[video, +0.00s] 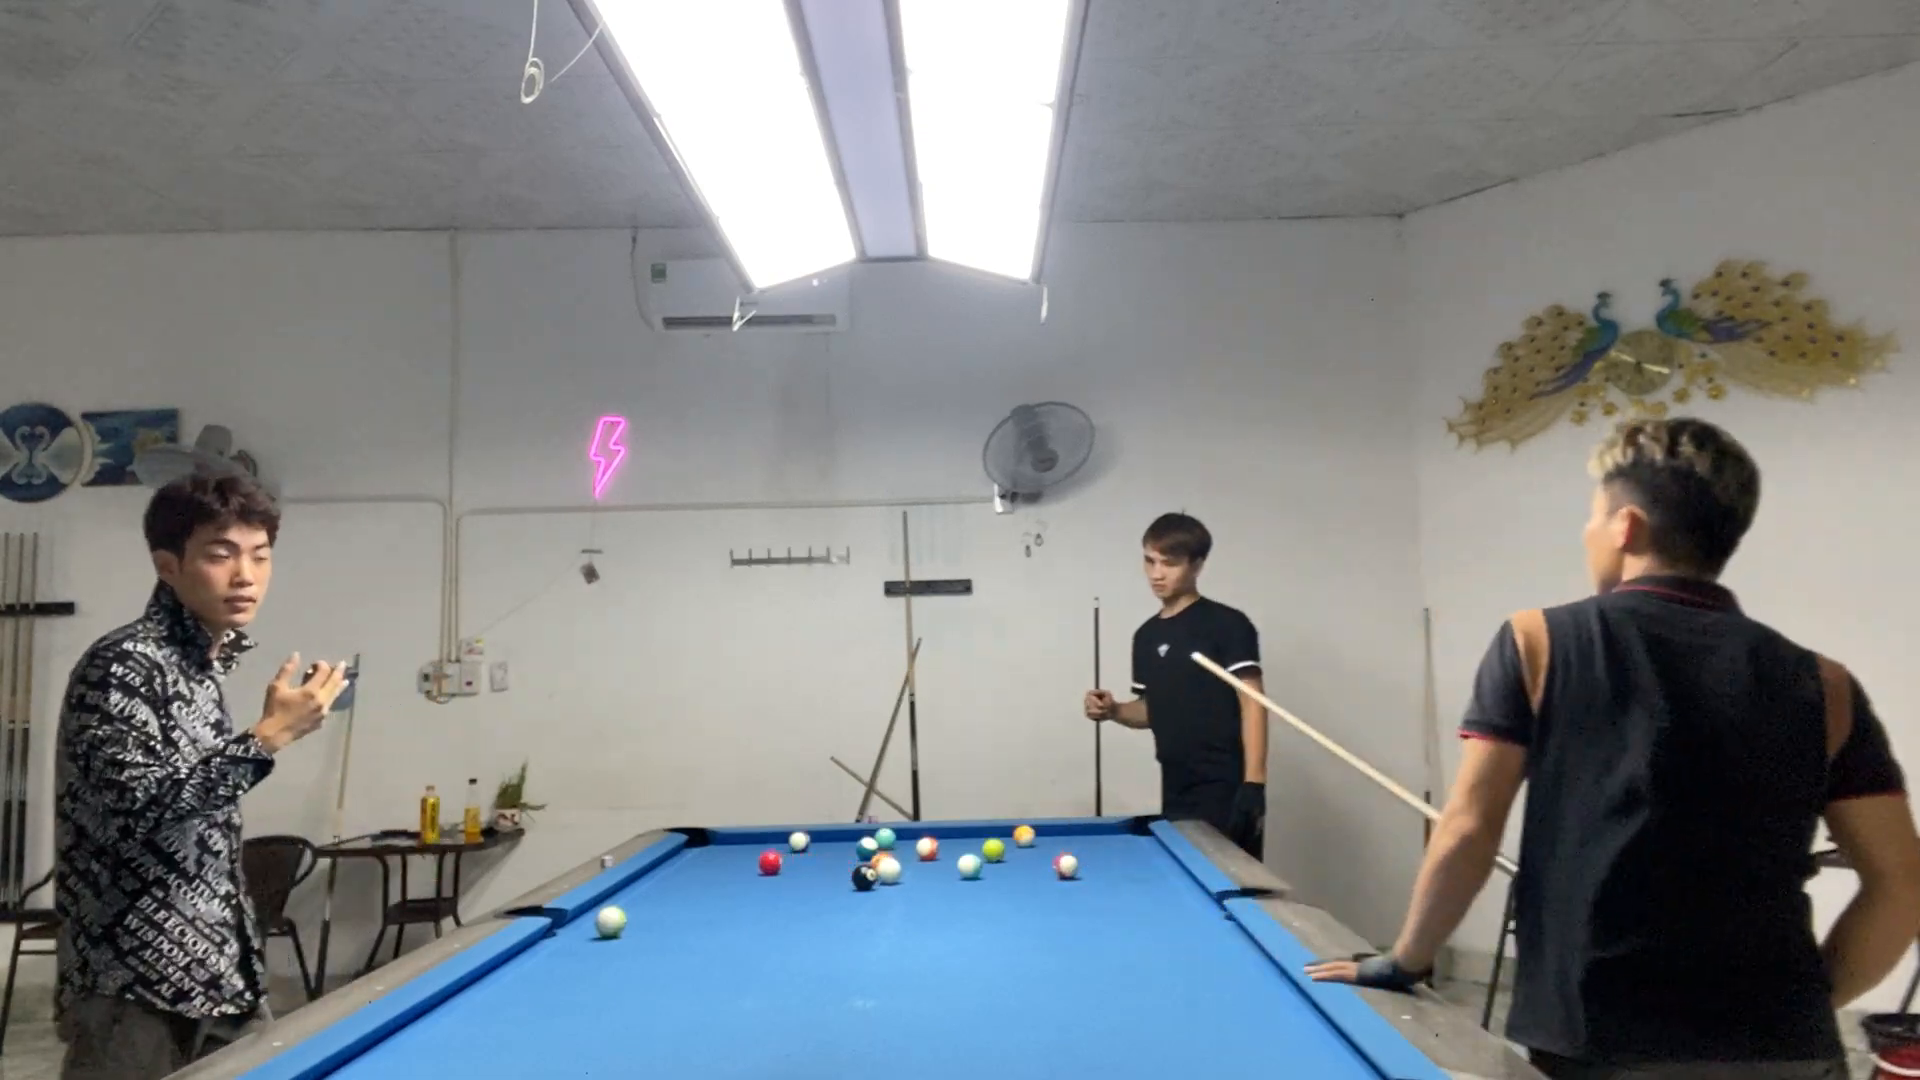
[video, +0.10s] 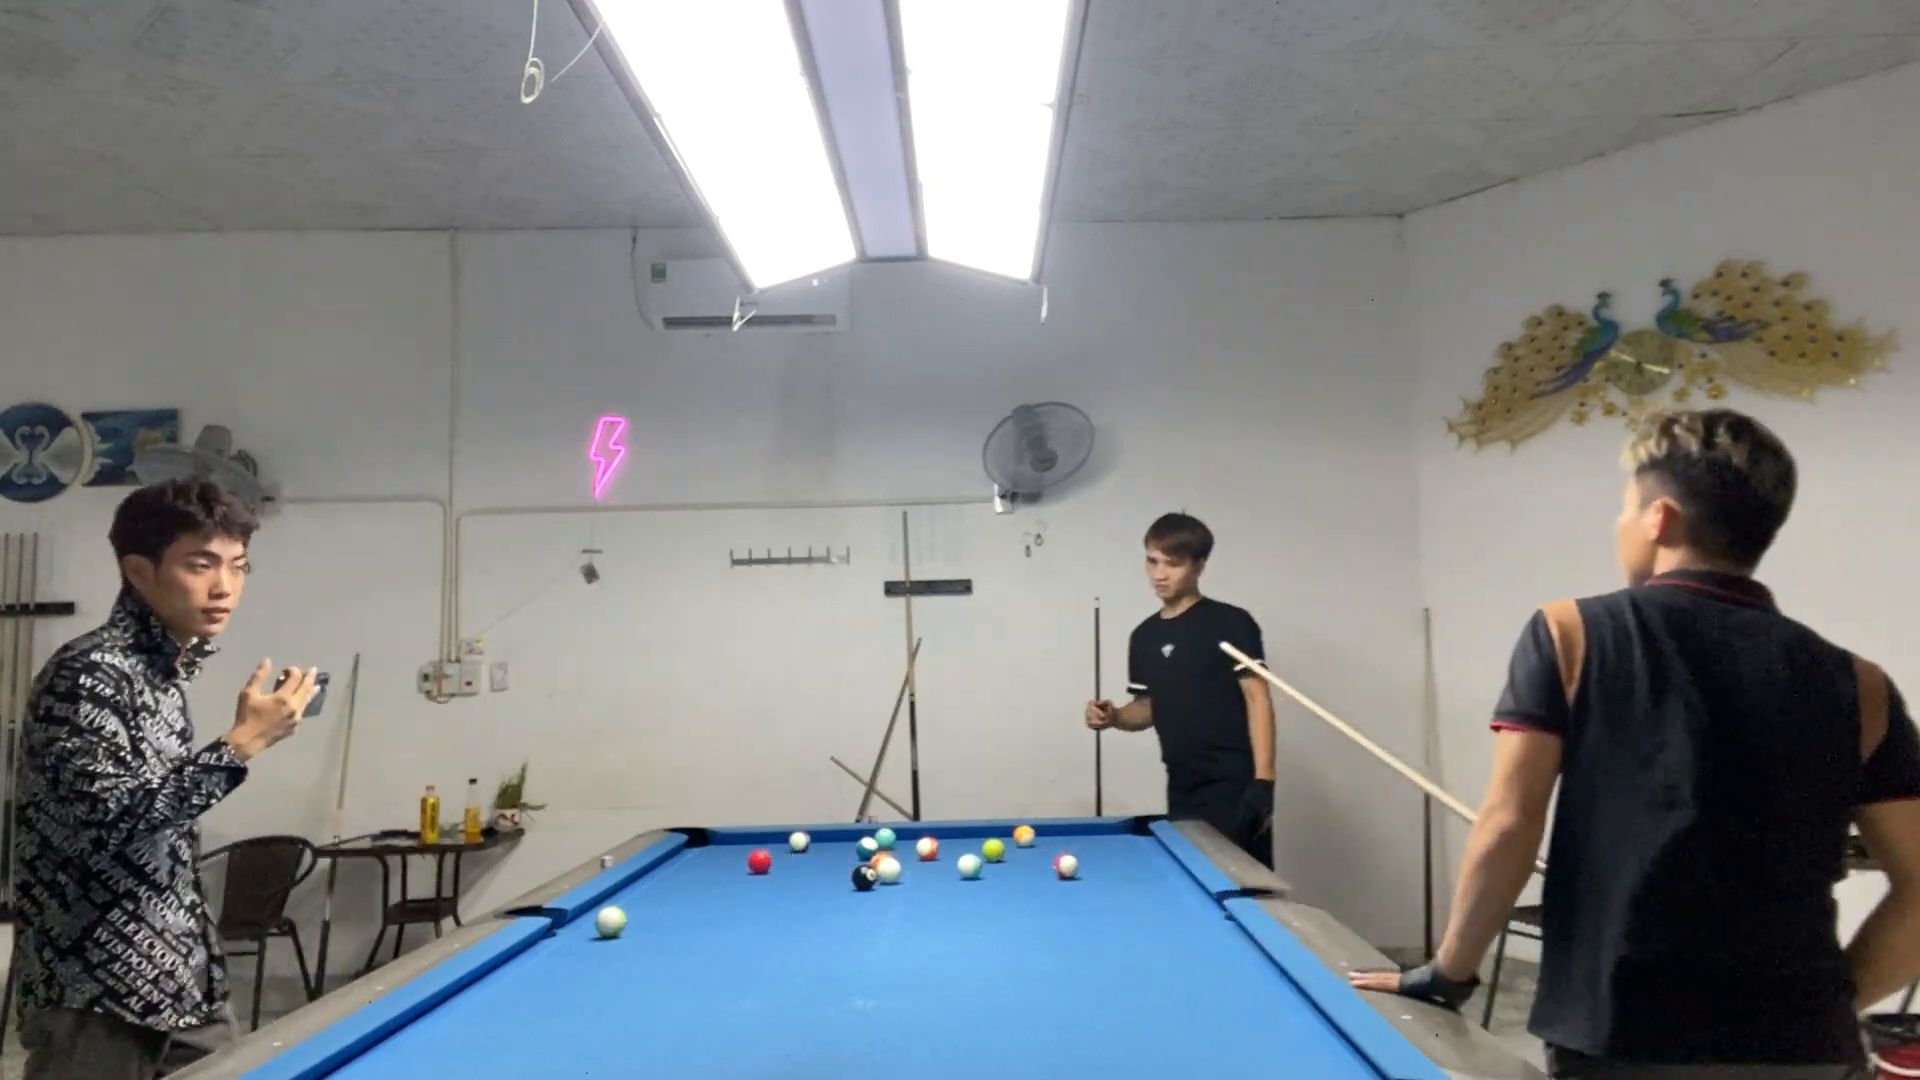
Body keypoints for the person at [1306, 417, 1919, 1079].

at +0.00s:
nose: (1586, 535)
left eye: (1593, 514)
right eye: (1591, 513)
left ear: (1628, 528)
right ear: (1721, 540)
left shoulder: (1539, 644)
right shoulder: (1821, 686)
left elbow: (1469, 830)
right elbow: (1897, 892)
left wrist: (1405, 960)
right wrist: (1797, 1001)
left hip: (1594, 1042)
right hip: (1775, 1047)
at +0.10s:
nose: (1620, 527)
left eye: (1626, 506)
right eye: (1624, 505)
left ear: (1661, 520)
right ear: (1756, 535)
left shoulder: (1571, 635)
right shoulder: (1856, 686)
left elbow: (1509, 825)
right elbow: (1915, 888)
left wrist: (1449, 972)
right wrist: (1829, 999)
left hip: (1615, 1044)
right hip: (1800, 1047)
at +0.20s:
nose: (1640, 529)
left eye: (1648, 505)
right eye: (1644, 506)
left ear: (1685, 514)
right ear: (1779, 529)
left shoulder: (1592, 630)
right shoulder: (1880, 687)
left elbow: (1516, 819)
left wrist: (1446, 966)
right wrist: (1858, 994)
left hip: (1632, 1044)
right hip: (1818, 1046)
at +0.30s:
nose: (1656, 528)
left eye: (1664, 505)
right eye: (1661, 505)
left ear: (1701, 513)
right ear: (1794, 532)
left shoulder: (1603, 628)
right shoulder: (1891, 686)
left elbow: (1523, 816)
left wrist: (1449, 959)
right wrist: (1871, 990)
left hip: (1646, 1042)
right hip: (1829, 1044)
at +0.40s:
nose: (1667, 532)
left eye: (1675, 509)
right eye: (1672, 509)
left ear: (1711, 518)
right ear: (1803, 538)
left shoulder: (1609, 628)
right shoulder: (1895, 686)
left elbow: (1527, 810)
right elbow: (1919, 883)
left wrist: (1449, 955)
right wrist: (1885, 993)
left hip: (1655, 1041)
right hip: (1838, 1044)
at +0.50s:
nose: (1676, 538)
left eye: (1683, 515)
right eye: (1681, 515)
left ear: (1718, 524)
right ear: (1809, 545)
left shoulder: (1614, 629)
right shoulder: (1895, 687)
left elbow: (1526, 810)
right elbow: (1919, 879)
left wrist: (1448, 953)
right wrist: (1890, 986)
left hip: (1659, 1037)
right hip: (1843, 1043)